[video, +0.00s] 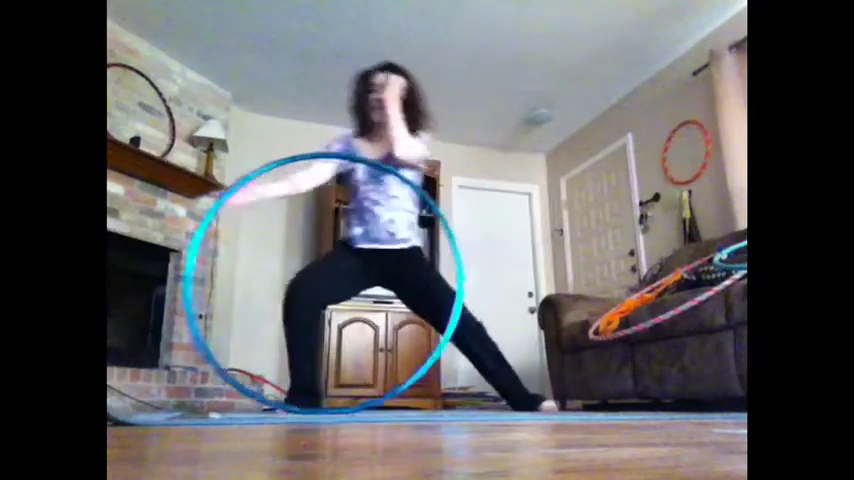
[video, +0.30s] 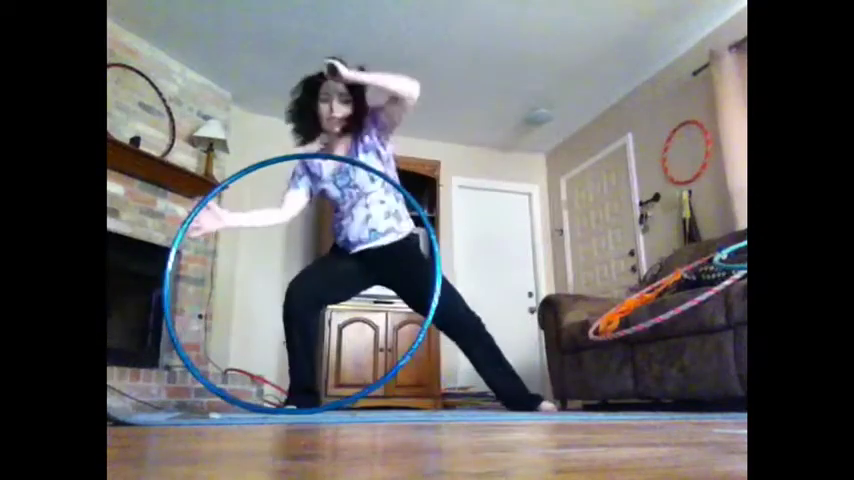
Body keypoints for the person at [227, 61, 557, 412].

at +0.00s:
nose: (382, 99)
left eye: (392, 92)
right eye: (375, 92)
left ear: (407, 101)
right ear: (364, 100)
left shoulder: (417, 143)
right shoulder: (347, 145)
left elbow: (403, 151)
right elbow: (296, 180)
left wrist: (394, 103)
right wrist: (233, 197)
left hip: (405, 259)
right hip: (354, 256)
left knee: (463, 325)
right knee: (302, 293)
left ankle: (525, 402)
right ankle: (303, 398)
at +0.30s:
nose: (334, 107)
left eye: (343, 100)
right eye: (325, 100)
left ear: (356, 105)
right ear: (313, 108)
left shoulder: (375, 134)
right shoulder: (309, 161)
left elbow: (409, 92)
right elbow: (284, 213)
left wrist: (358, 77)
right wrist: (226, 219)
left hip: (403, 253)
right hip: (352, 259)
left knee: (465, 325)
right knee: (300, 296)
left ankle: (523, 403)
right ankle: (304, 399)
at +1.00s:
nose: (476, 160)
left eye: (484, 155)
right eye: (469, 152)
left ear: (494, 160)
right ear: (454, 155)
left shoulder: (499, 198)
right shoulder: (445, 203)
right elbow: (461, 256)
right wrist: (477, 210)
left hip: (492, 299)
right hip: (443, 297)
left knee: (566, 315)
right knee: (376, 341)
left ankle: (539, 402)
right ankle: (306, 404)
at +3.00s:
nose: (321, 165)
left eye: (328, 156)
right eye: (312, 158)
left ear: (343, 159)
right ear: (302, 165)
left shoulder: (366, 186)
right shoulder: (302, 214)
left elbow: (387, 125)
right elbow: (274, 264)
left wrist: (342, 83)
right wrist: (257, 215)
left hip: (365, 314)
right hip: (319, 313)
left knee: (447, 346)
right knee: (263, 307)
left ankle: (538, 410)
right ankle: (290, 402)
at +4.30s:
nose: (496, 232)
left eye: (506, 225)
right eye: (490, 223)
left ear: (519, 229)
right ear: (478, 222)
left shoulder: (521, 246)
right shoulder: (459, 249)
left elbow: (578, 222)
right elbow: (424, 286)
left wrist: (541, 183)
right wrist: (471, 333)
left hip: (487, 320)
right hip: (437, 317)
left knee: (548, 313)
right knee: (364, 334)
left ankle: (538, 408)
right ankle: (290, 407)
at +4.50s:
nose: (439, 217)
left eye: (446, 211)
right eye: (433, 209)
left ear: (460, 215)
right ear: (420, 210)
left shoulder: (463, 246)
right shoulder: (399, 236)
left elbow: (506, 211)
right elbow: (345, 257)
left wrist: (462, 180)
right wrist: (377, 308)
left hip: (443, 312)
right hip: (393, 308)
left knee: (512, 317)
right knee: (338, 313)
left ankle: (540, 404)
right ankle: (295, 403)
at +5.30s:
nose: (323, 194)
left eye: (323, 183)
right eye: (313, 193)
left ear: (330, 164)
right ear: (305, 194)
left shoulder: (371, 159)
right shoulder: (323, 211)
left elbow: (418, 155)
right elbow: (330, 264)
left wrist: (429, 159)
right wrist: (365, 290)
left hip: (423, 257)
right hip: (372, 269)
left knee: (489, 318)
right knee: (321, 314)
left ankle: (532, 399)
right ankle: (293, 400)